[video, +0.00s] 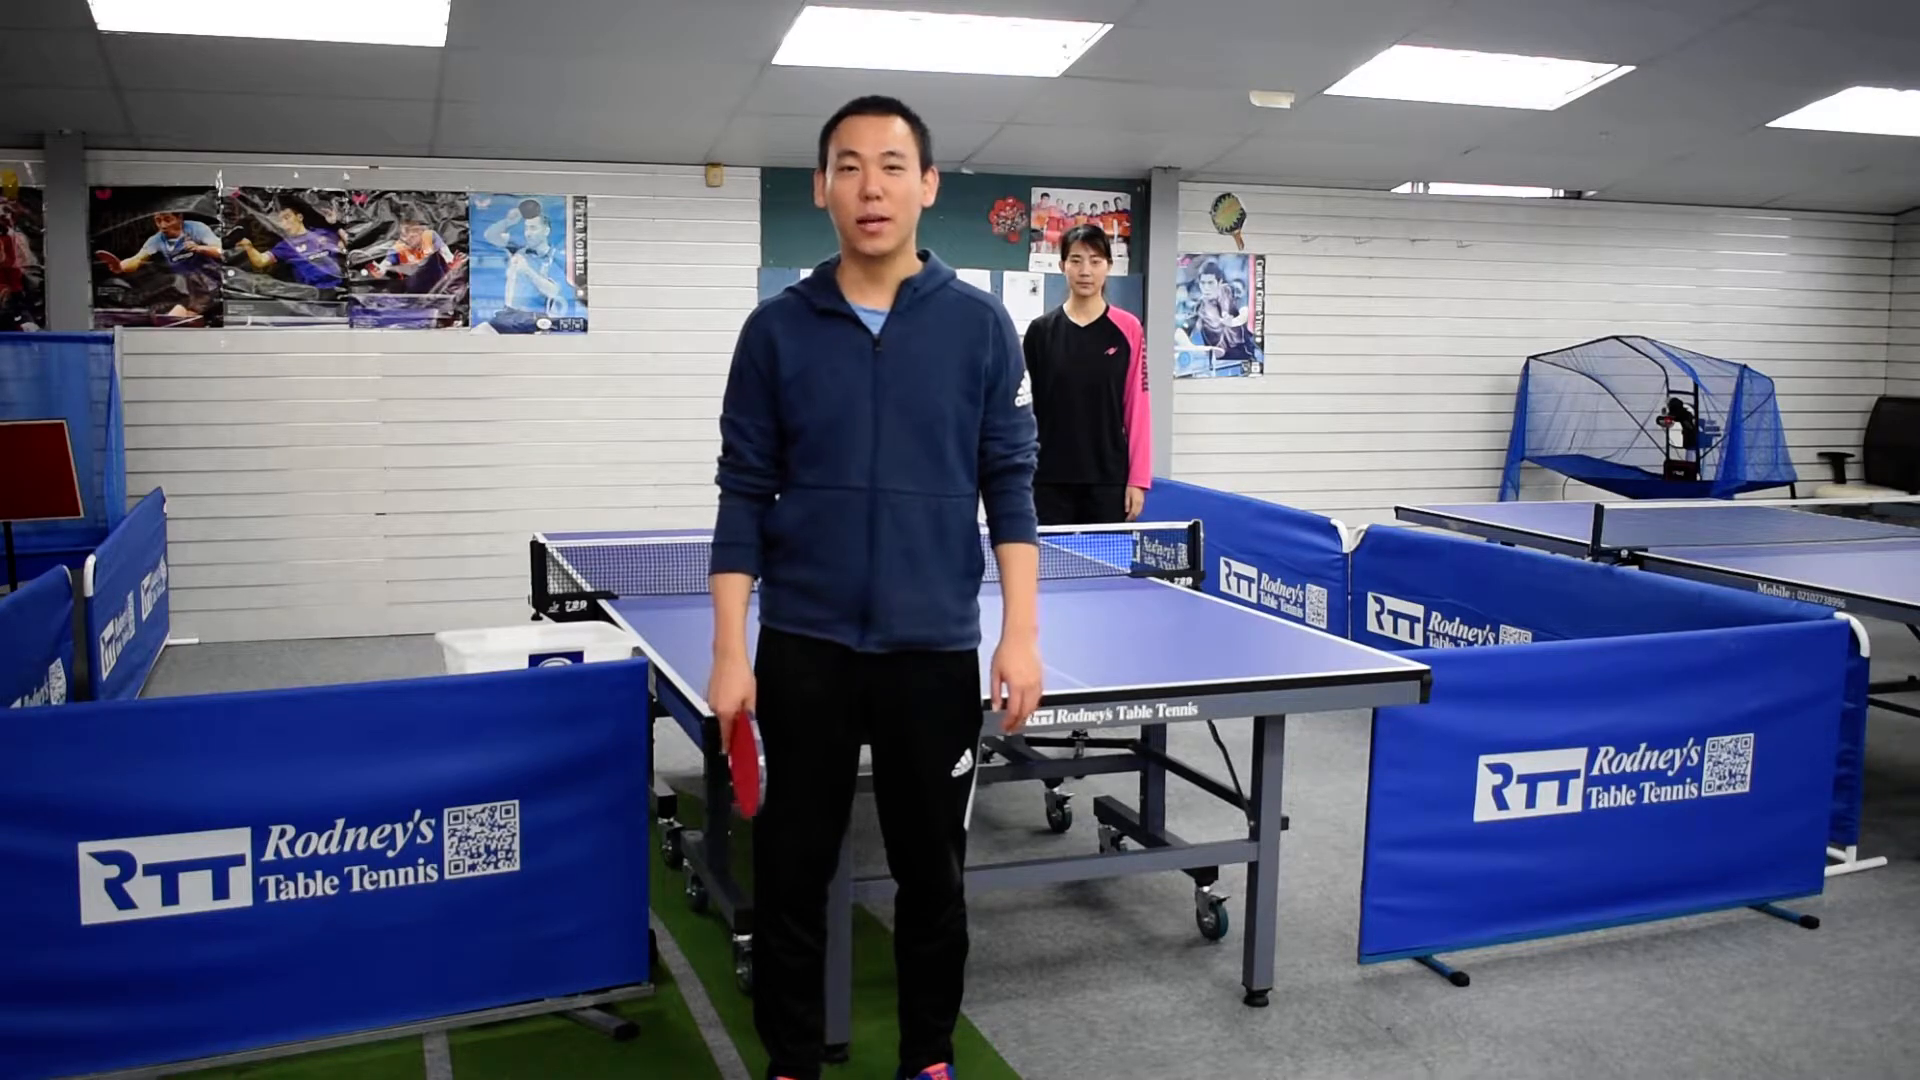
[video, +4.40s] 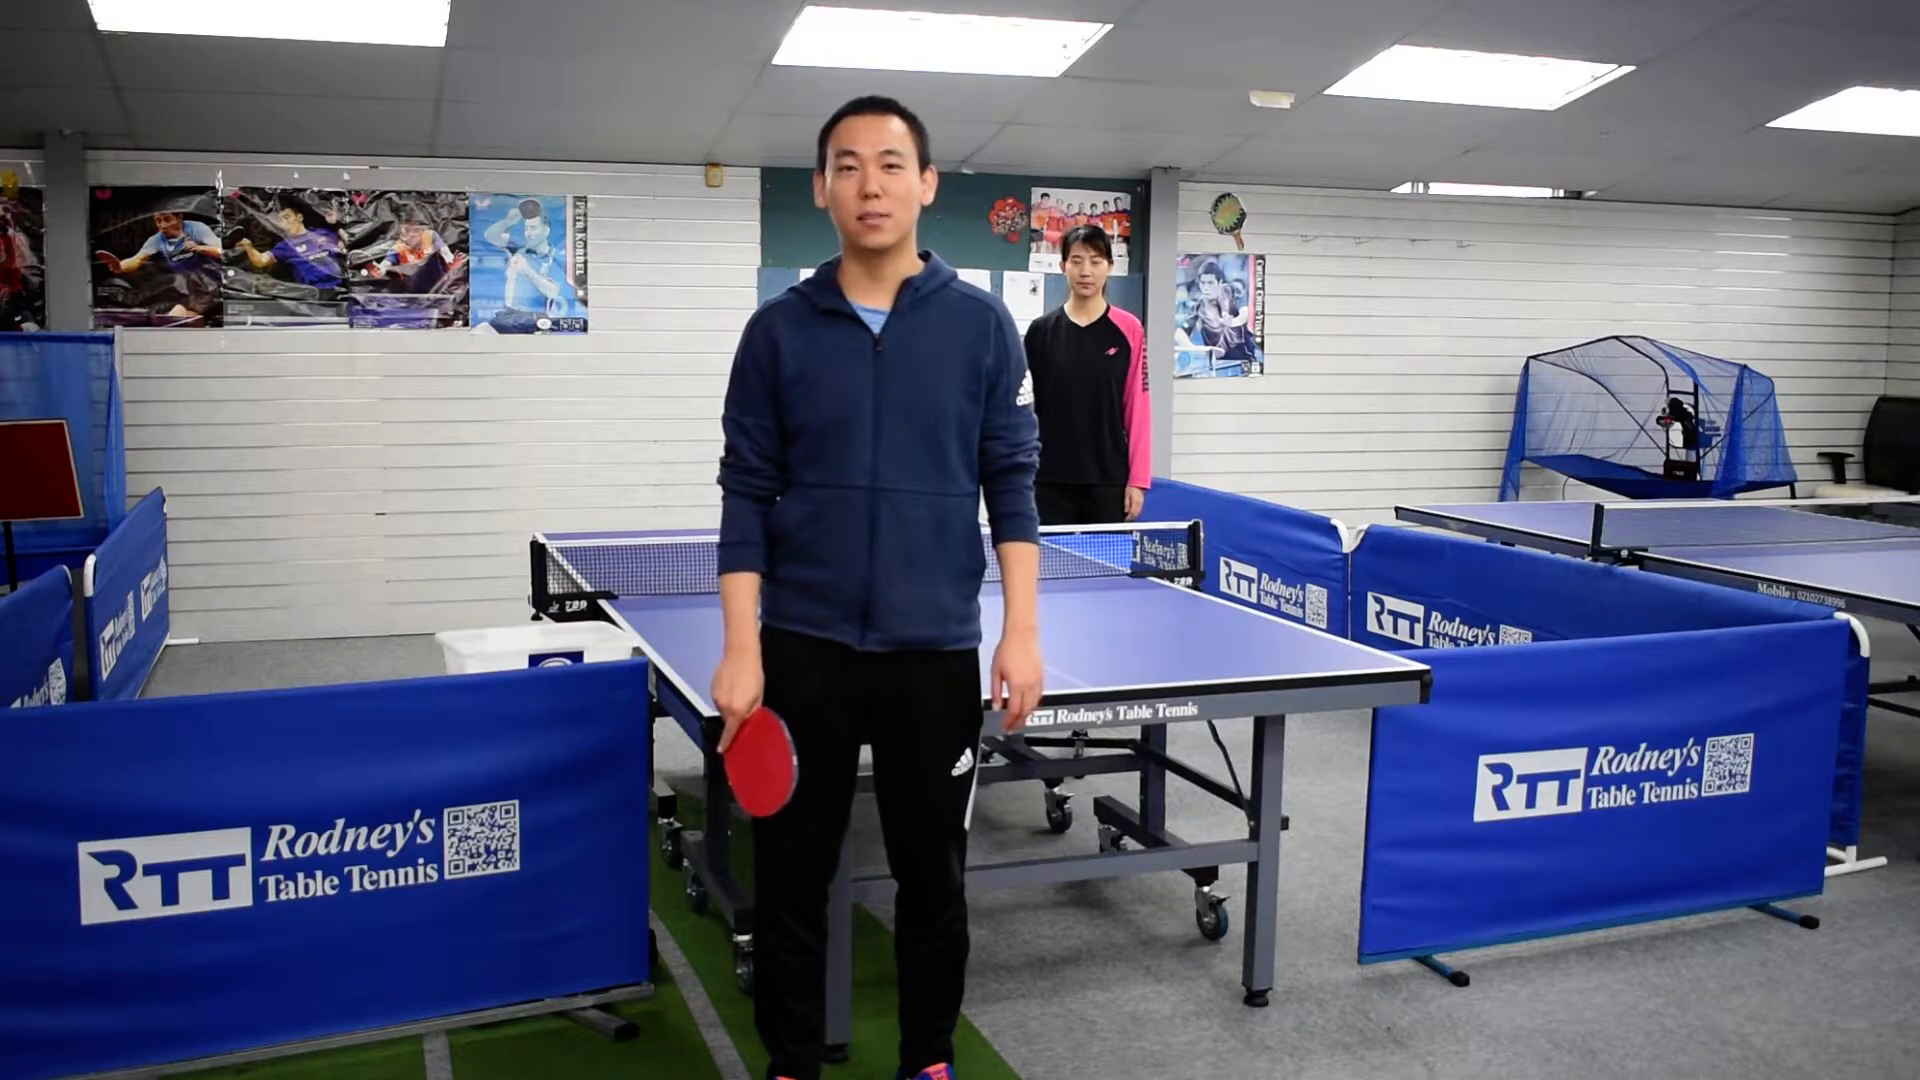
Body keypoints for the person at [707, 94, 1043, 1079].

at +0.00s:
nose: (870, 187)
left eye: (892, 167)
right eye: (849, 168)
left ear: (926, 189)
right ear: (823, 190)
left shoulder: (979, 326)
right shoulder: (777, 329)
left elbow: (1011, 486)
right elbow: (741, 491)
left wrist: (1021, 634)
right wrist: (729, 650)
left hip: (933, 644)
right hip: (805, 643)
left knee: (931, 872)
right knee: (790, 874)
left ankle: (930, 1061)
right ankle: (791, 1061)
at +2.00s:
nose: (867, 186)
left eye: (889, 166)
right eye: (845, 168)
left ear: (923, 187)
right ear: (820, 192)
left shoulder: (979, 326)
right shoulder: (777, 330)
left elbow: (1012, 483)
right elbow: (742, 492)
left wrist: (1022, 631)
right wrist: (731, 653)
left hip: (933, 644)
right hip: (805, 643)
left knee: (932, 873)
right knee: (790, 876)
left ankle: (930, 1060)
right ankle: (791, 1062)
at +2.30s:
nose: (864, 195)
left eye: (884, 173)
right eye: (842, 176)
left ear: (919, 187)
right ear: (814, 194)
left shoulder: (976, 323)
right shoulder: (777, 328)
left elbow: (1010, 478)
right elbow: (736, 467)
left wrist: (1025, 628)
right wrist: (682, 539)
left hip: (936, 640)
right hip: (808, 636)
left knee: (931, 869)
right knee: (793, 867)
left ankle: (928, 1058)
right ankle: (792, 1062)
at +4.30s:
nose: (869, 185)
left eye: (891, 166)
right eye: (848, 167)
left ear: (926, 188)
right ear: (824, 191)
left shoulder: (981, 326)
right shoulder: (779, 329)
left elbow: (1014, 482)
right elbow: (745, 489)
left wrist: (1024, 632)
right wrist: (742, 645)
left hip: (934, 647)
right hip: (803, 645)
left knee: (932, 876)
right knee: (791, 881)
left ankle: (929, 1061)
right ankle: (791, 1063)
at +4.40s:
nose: (868, 184)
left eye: (890, 165)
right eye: (847, 167)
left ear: (925, 188)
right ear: (823, 191)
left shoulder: (980, 326)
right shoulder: (779, 329)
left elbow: (1013, 483)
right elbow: (744, 489)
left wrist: (1022, 631)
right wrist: (741, 645)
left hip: (933, 647)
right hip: (803, 645)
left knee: (932, 875)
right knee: (791, 881)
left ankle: (930, 1060)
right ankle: (791, 1062)